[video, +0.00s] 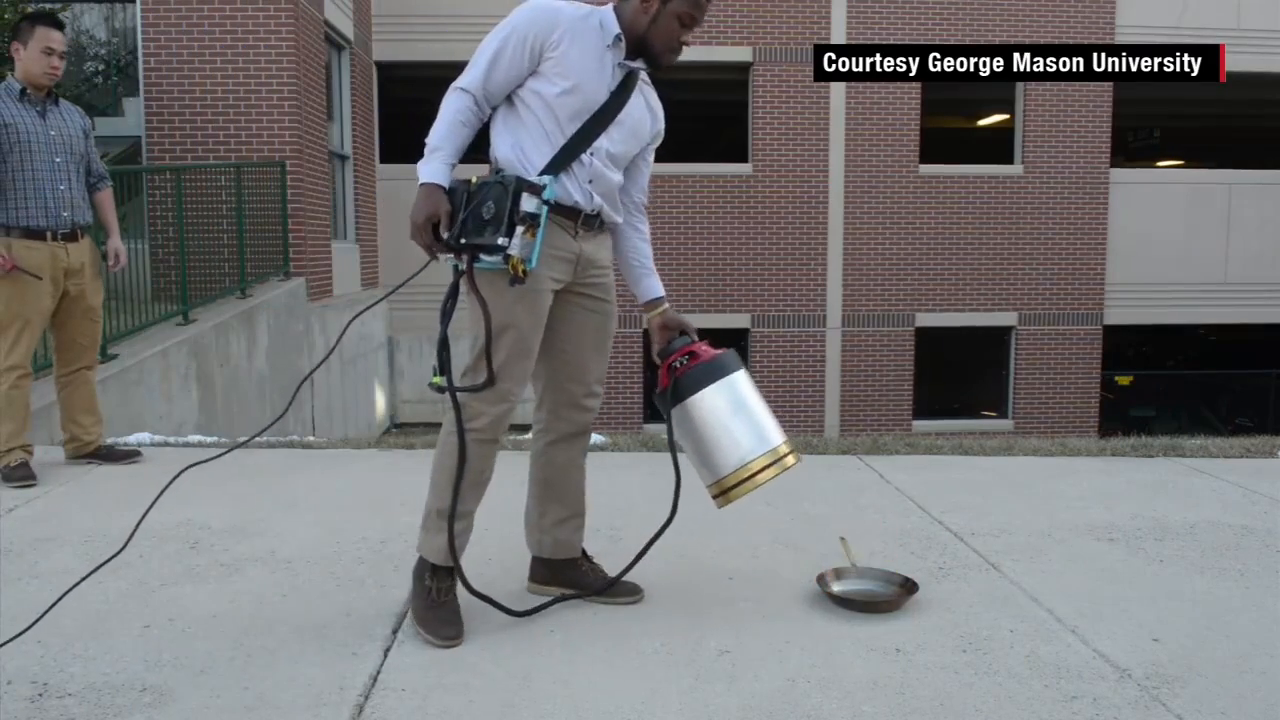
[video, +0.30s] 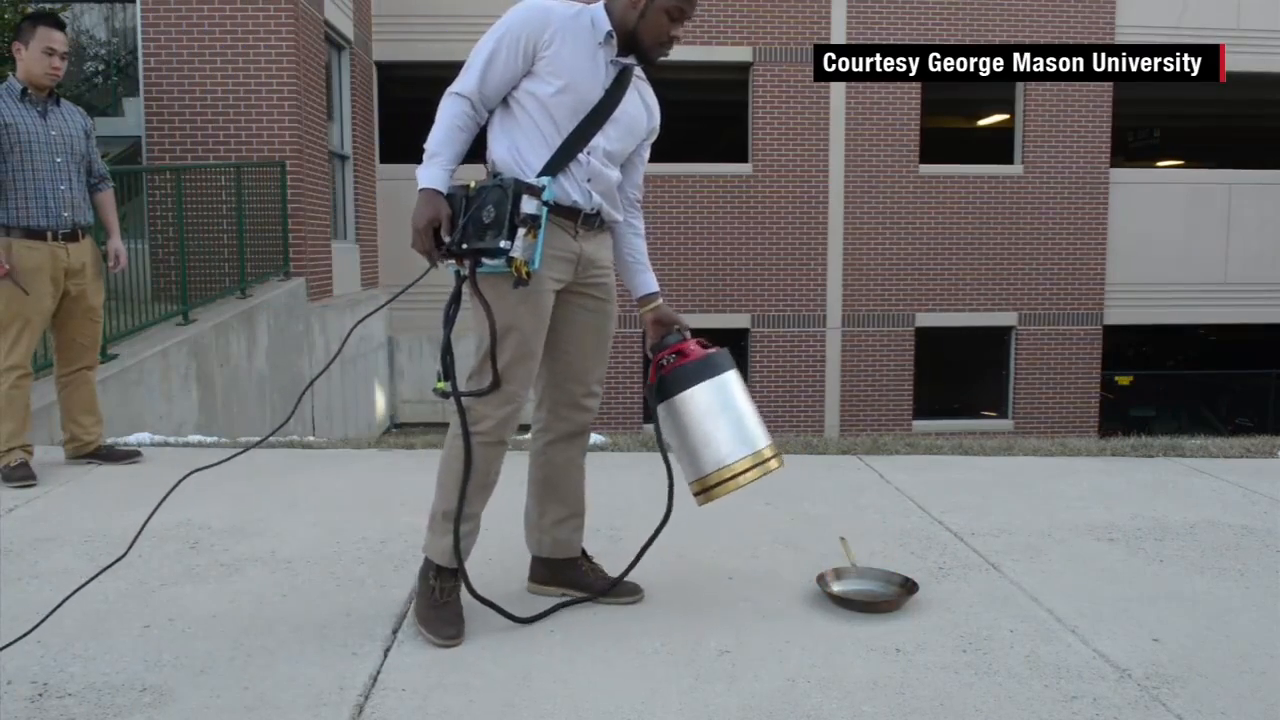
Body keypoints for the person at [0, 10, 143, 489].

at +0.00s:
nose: (58, 63)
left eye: (63, 56)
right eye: (48, 53)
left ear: (66, 62)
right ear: (17, 52)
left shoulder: (76, 117)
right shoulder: (3, 105)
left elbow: (98, 178)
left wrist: (114, 233)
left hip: (79, 249)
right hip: (20, 252)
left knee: (80, 357)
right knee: (15, 364)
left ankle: (86, 444)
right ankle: (13, 454)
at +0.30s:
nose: (59, 63)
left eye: (64, 56)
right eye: (49, 53)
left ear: (68, 62)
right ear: (18, 52)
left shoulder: (77, 117)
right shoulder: (3, 106)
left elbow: (99, 179)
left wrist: (114, 234)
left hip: (80, 250)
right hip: (21, 253)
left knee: (80, 357)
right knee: (15, 363)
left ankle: (86, 444)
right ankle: (13, 454)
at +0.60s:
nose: (58, 64)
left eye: (64, 57)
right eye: (49, 53)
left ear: (68, 63)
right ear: (18, 52)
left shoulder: (76, 117)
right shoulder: (3, 105)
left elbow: (98, 179)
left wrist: (113, 234)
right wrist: (0, 251)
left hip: (79, 250)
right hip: (20, 252)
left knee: (80, 357)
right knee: (15, 363)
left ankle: (86, 444)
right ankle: (13, 454)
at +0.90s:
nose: (55, 62)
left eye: (62, 55)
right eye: (45, 51)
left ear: (66, 62)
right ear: (16, 52)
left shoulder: (76, 116)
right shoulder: (3, 106)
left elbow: (98, 179)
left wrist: (112, 235)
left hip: (79, 249)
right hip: (21, 252)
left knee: (83, 353)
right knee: (17, 360)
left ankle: (85, 442)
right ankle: (13, 453)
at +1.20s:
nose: (52, 59)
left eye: (60, 52)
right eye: (42, 49)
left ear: (66, 61)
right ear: (15, 52)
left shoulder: (79, 115)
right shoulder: (3, 106)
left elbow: (101, 179)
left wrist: (114, 235)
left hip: (80, 249)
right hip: (21, 250)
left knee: (84, 352)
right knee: (17, 359)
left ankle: (86, 442)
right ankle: (13, 452)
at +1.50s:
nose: (52, 58)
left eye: (60, 51)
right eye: (42, 48)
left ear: (66, 60)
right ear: (16, 51)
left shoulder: (81, 116)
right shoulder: (3, 105)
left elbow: (104, 178)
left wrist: (117, 234)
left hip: (82, 249)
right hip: (21, 250)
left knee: (85, 351)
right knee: (17, 358)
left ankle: (86, 442)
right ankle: (13, 452)